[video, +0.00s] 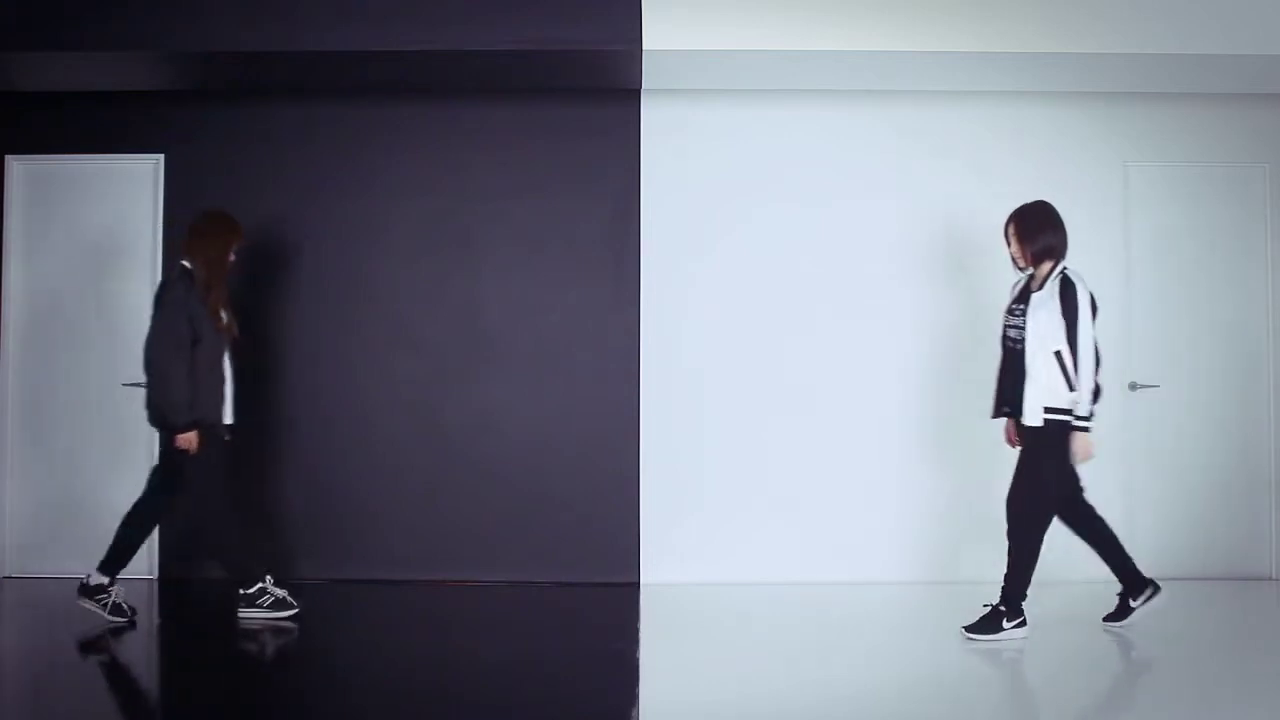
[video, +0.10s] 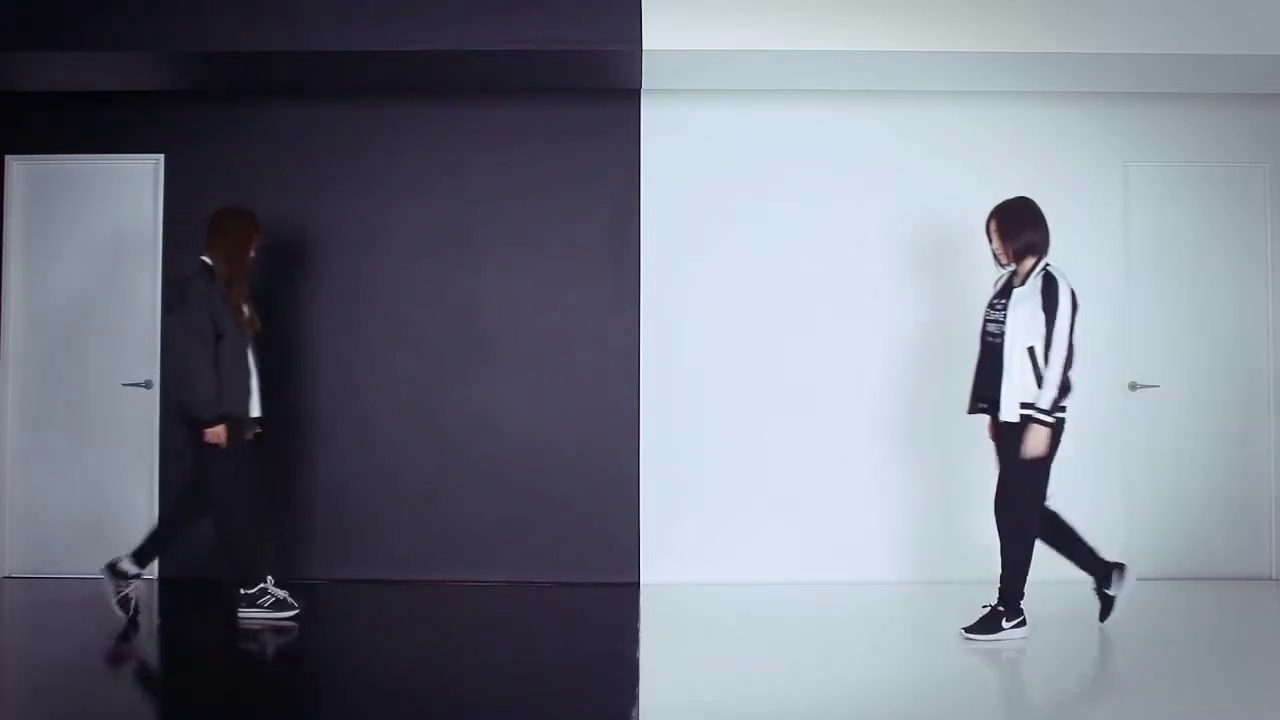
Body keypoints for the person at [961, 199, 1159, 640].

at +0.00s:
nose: (1011, 249)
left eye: (1017, 240)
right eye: (1009, 241)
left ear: (1040, 239)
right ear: (1018, 244)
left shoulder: (1070, 288)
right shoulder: (1023, 288)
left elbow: (1086, 356)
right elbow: (1015, 355)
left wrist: (1081, 424)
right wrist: (1010, 412)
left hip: (1056, 421)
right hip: (1031, 420)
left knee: (1024, 510)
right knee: (1070, 507)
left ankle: (1011, 608)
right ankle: (1136, 583)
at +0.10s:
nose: (993, 246)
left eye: (998, 236)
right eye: (991, 238)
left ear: (1022, 234)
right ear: (1002, 240)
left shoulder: (1054, 286)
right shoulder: (1005, 286)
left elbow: (1058, 357)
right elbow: (1000, 353)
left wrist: (1044, 419)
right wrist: (993, 412)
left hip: (1036, 417)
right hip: (1008, 415)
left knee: (1014, 509)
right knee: (1027, 509)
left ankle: (1009, 608)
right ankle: (1104, 571)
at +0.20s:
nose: (976, 243)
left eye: (981, 235)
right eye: (974, 235)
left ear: (1004, 232)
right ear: (993, 234)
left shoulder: (1036, 283)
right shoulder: (992, 282)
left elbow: (1033, 357)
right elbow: (987, 348)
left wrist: (1005, 413)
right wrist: (975, 403)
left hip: (1020, 415)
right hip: (986, 412)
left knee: (1006, 514)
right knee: (984, 513)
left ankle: (1008, 609)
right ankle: (1065, 556)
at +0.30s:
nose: (960, 243)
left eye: (964, 233)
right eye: (957, 235)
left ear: (988, 230)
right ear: (981, 233)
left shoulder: (1020, 276)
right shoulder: (977, 280)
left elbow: (1013, 349)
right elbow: (972, 347)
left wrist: (975, 402)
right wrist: (959, 400)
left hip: (1006, 413)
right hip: (972, 411)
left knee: (997, 512)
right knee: (947, 503)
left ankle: (1007, 608)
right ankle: (1022, 541)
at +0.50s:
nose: (929, 239)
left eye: (933, 228)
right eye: (926, 230)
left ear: (957, 225)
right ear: (950, 230)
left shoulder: (989, 268)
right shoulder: (952, 277)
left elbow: (988, 345)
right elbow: (943, 347)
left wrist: (943, 389)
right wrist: (928, 395)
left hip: (982, 410)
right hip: (944, 407)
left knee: (981, 506)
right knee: (902, 487)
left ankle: (1005, 602)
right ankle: (938, 574)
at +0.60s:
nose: (913, 238)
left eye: (918, 228)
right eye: (911, 229)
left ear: (940, 225)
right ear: (933, 229)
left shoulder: (972, 269)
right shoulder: (936, 278)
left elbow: (975, 347)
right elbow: (935, 347)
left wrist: (935, 395)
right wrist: (918, 399)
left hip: (967, 413)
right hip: (928, 413)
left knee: (975, 508)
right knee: (893, 500)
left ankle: (1004, 602)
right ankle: (891, 601)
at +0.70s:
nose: (897, 241)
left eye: (901, 232)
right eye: (895, 233)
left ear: (923, 231)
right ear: (925, 231)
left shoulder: (954, 275)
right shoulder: (920, 282)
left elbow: (958, 352)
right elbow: (918, 353)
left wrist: (931, 413)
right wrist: (909, 413)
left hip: (950, 421)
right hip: (913, 419)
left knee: (967, 514)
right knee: (886, 514)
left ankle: (1003, 602)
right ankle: (857, 608)